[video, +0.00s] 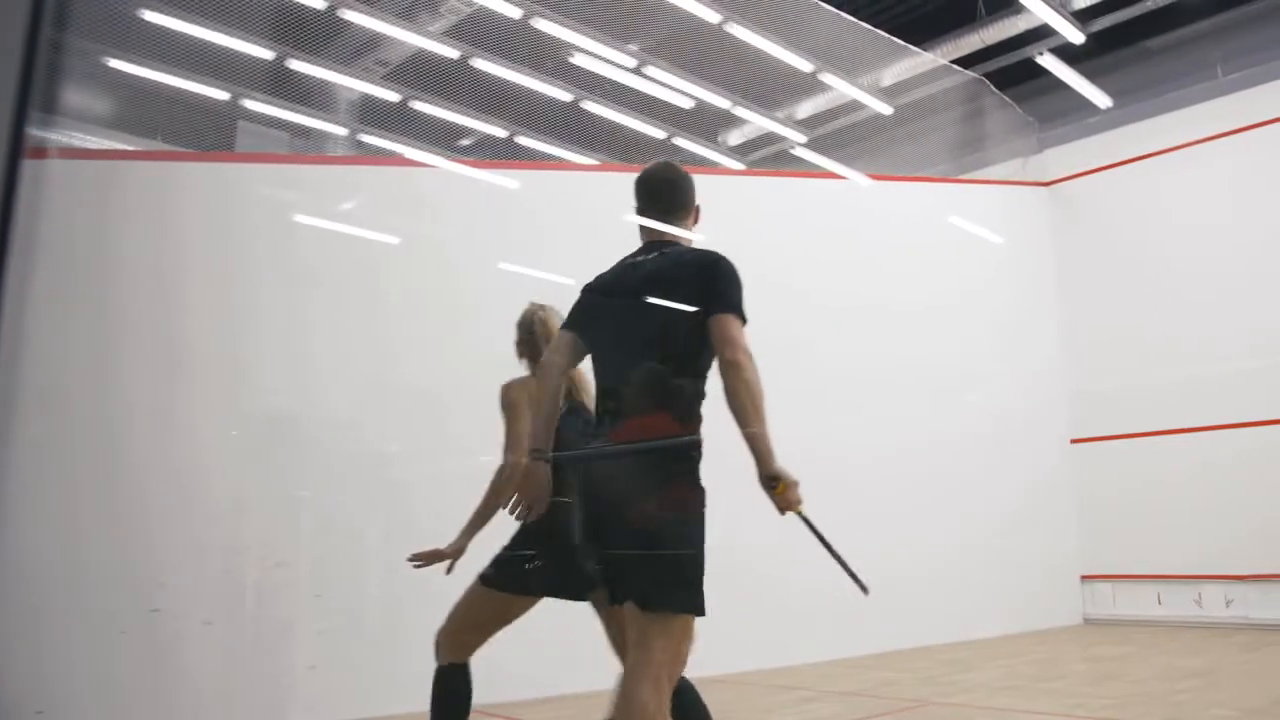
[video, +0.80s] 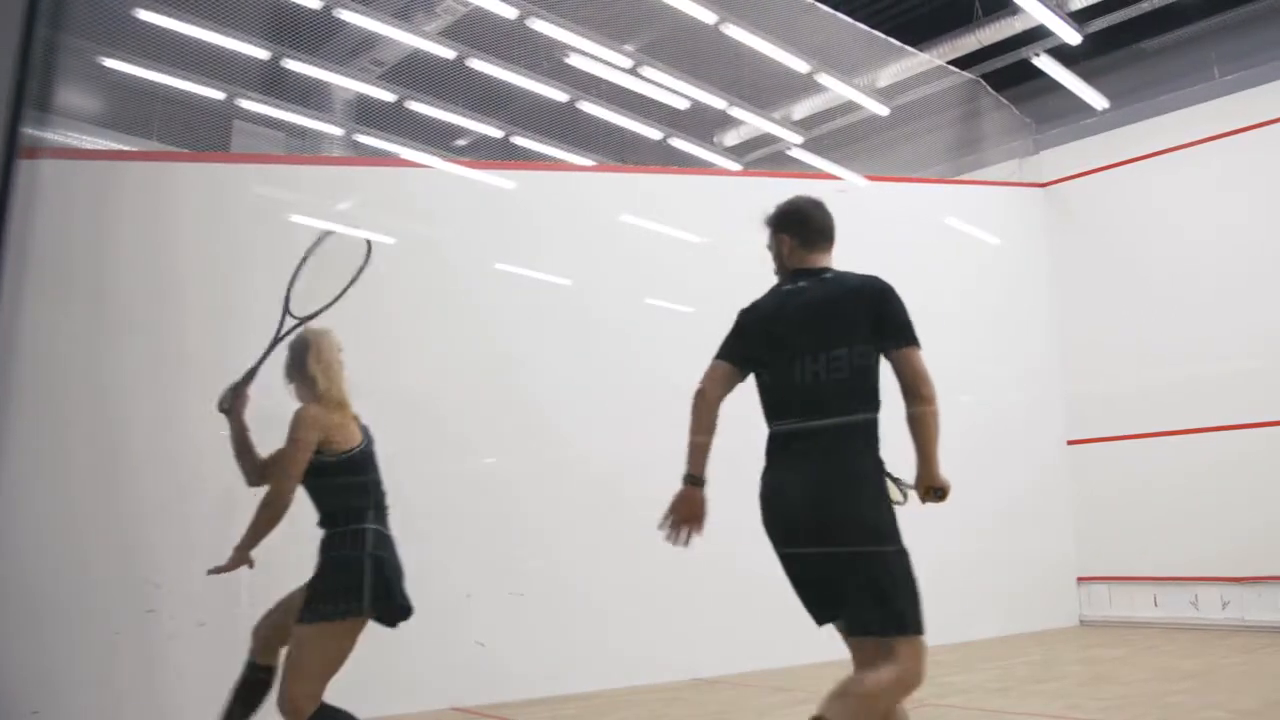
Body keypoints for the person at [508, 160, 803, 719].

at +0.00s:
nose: (694, 217)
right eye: (695, 211)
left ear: (638, 216)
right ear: (694, 214)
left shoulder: (602, 285)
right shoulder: (710, 270)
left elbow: (552, 367)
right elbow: (734, 360)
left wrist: (537, 457)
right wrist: (768, 464)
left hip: (603, 473)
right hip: (665, 473)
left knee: (651, 648)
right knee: (660, 653)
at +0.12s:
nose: (719, 218)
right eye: (719, 212)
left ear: (661, 216)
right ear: (716, 215)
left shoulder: (626, 284)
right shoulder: (737, 272)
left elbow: (572, 361)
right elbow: (769, 366)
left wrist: (549, 452)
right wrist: (798, 466)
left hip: (623, 474)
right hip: (689, 473)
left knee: (721, 624)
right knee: (664, 657)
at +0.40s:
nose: (711, 234)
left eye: (709, 227)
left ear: (712, 230)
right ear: (768, 229)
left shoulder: (686, 299)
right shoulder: (793, 281)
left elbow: (624, 369)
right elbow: (837, 384)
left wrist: (586, 454)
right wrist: (859, 468)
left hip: (696, 494)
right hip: (757, 496)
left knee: (796, 646)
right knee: (709, 669)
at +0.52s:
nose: (728, 243)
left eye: (727, 236)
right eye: (730, 236)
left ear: (733, 238)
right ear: (788, 237)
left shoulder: (709, 309)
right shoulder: (817, 288)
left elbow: (649, 380)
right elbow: (864, 391)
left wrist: (612, 463)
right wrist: (880, 469)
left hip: (728, 498)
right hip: (788, 494)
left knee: (828, 643)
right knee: (755, 667)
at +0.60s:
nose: (740, 247)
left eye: (739, 240)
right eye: (743, 240)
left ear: (746, 243)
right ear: (800, 241)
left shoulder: (725, 314)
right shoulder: (833, 290)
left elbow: (667, 387)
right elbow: (879, 390)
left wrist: (632, 470)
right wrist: (893, 468)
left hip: (748, 498)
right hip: (809, 495)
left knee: (846, 644)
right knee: (796, 672)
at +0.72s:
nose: (759, 253)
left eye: (759, 244)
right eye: (760, 244)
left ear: (768, 245)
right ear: (817, 243)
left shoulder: (748, 317)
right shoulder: (858, 294)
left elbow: (692, 394)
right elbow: (904, 391)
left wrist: (668, 480)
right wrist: (915, 469)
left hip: (773, 494)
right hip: (839, 490)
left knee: (860, 653)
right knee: (868, 669)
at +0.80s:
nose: (772, 255)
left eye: (772, 246)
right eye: (772, 247)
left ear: (781, 244)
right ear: (830, 243)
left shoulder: (759, 315)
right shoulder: (872, 294)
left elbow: (707, 393)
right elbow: (919, 391)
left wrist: (693, 483)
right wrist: (928, 470)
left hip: (786, 495)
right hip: (855, 488)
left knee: (870, 657)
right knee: (905, 665)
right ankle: (826, 713)